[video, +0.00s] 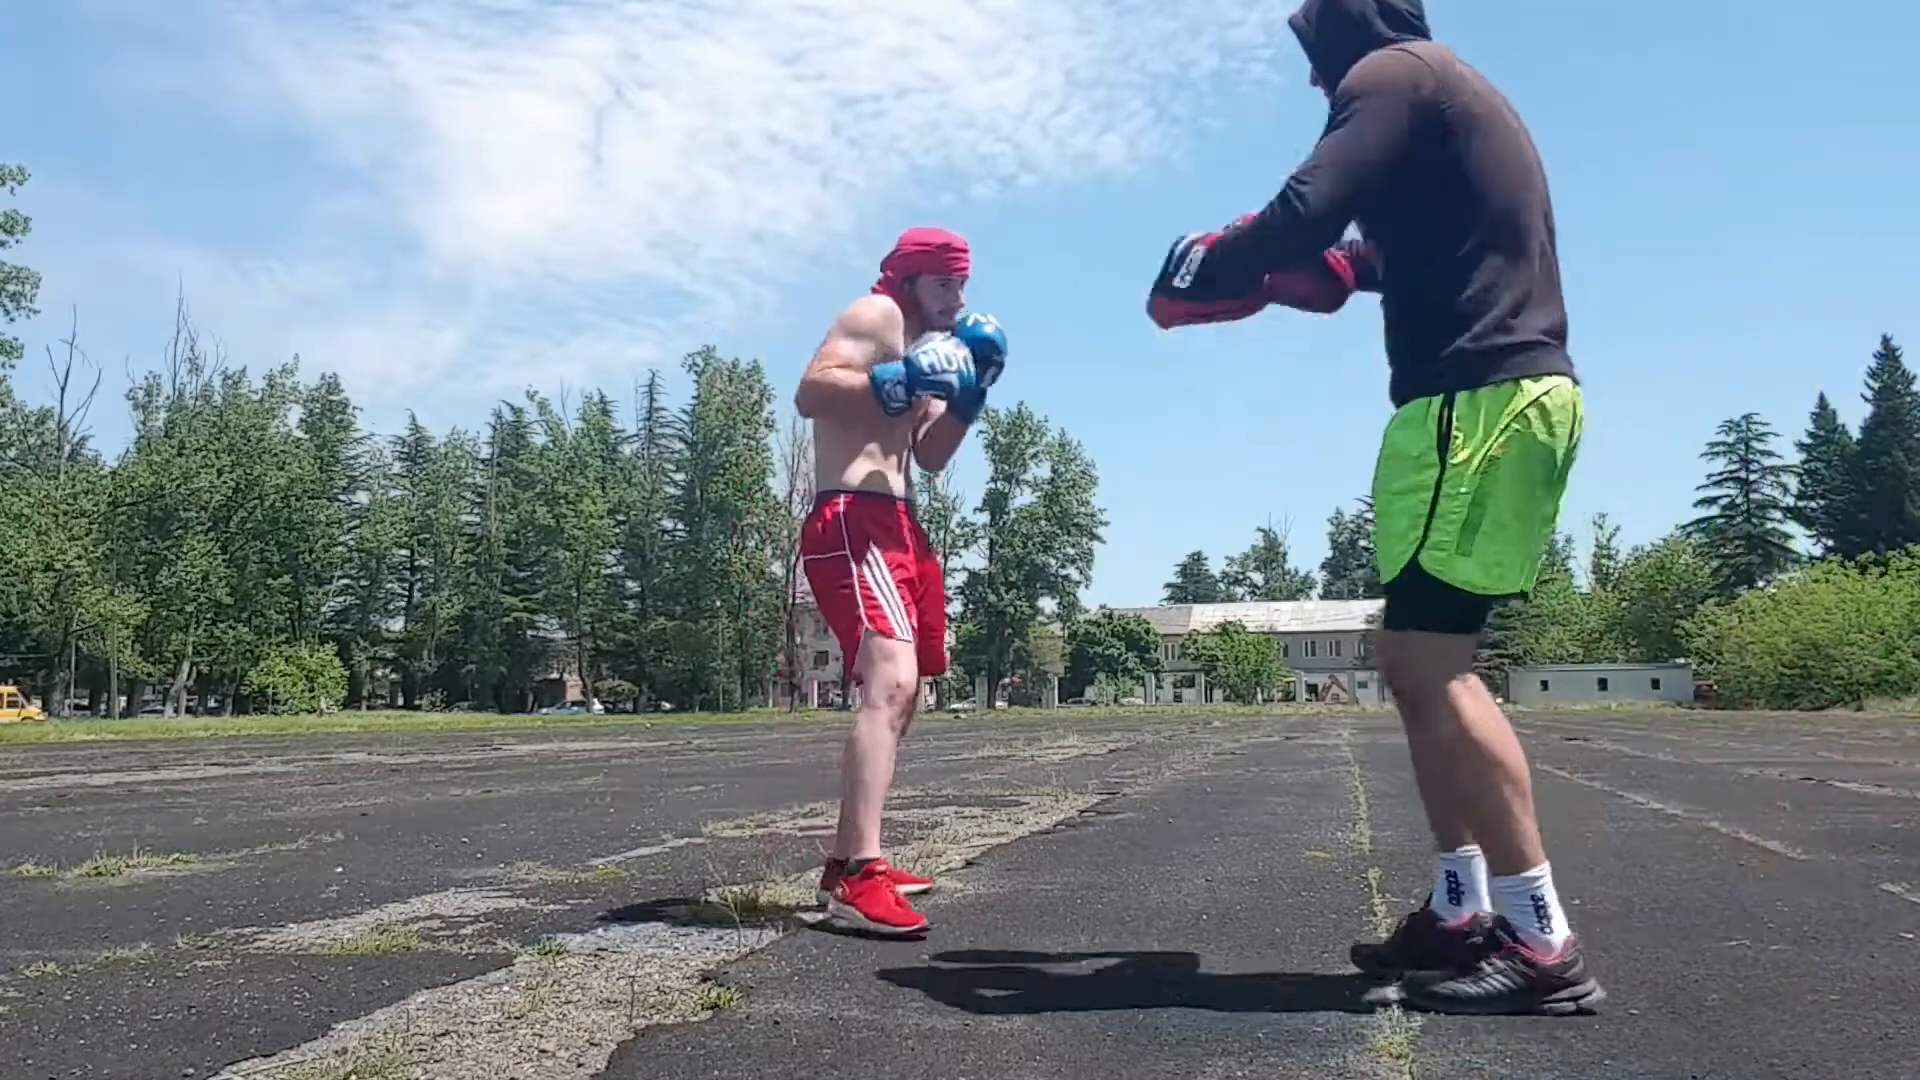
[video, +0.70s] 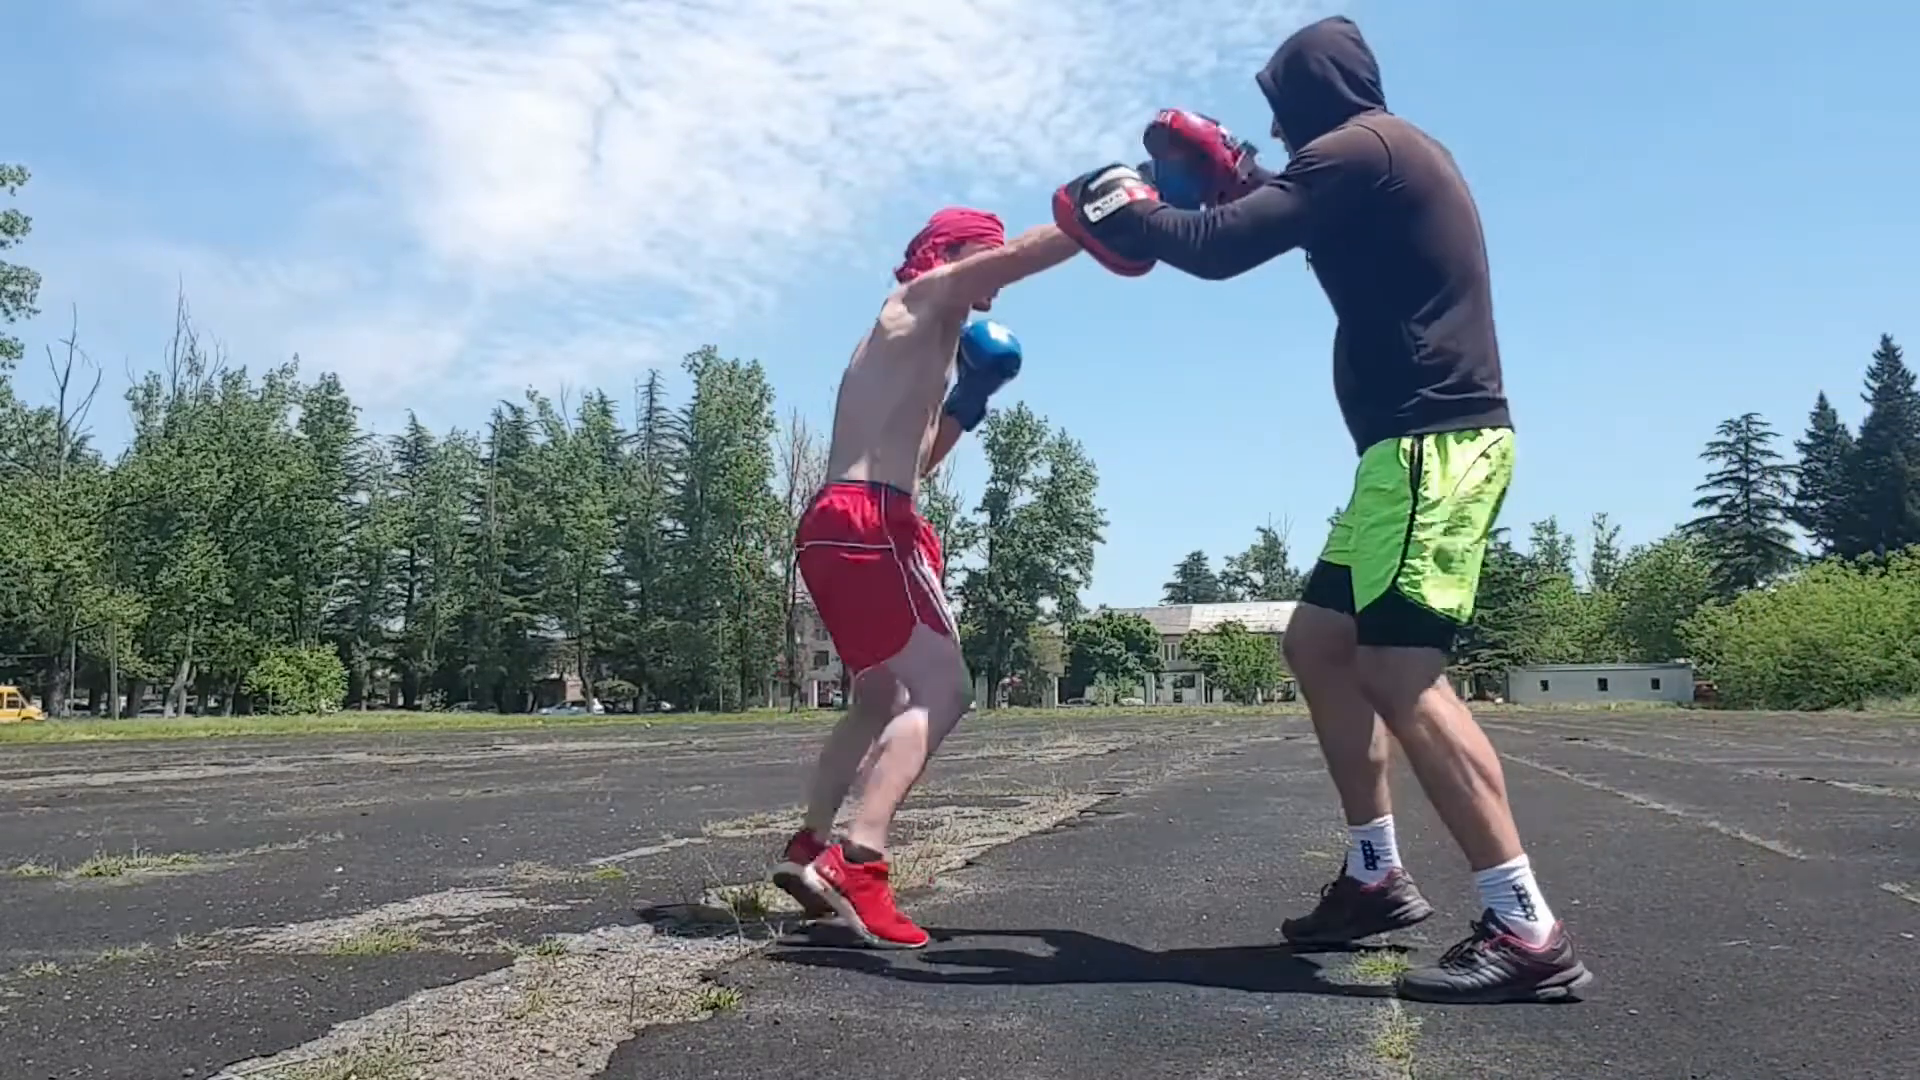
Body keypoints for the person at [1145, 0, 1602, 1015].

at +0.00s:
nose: (1315, 67)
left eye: (1314, 43)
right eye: (1310, 49)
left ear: (1350, 20)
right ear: (1402, 17)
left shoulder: (1392, 71)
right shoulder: (1461, 92)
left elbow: (1307, 211)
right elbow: (1428, 250)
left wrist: (1215, 255)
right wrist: (1329, 270)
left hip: (1475, 399)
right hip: (1512, 393)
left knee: (1436, 664)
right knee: (1415, 660)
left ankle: (1542, 942)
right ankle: (1463, 914)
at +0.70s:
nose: (1281, 126)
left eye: (1283, 107)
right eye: (1278, 113)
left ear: (1309, 93)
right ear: (1359, 80)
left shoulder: (1362, 152)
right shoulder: (1392, 149)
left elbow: (1214, 247)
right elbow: (1295, 222)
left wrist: (1125, 211)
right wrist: (1232, 185)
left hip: (1437, 445)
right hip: (1408, 445)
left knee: (1403, 674)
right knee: (1317, 646)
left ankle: (1528, 930)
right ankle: (1375, 879)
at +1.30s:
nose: (1405, 82)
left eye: (1422, 64)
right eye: (1404, 66)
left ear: (1477, 69)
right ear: (1429, 77)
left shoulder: (1530, 156)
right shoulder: (1429, 179)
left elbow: (1425, 201)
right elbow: (1373, 266)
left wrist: (1325, 149)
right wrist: (1297, 219)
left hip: (1495, 464)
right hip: (1400, 464)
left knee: (1567, 679)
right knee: (1341, 656)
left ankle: (1665, 905)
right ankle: (1384, 891)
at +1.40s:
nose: (1417, 87)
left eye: (1432, 69)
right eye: (1416, 70)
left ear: (1486, 73)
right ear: (1453, 78)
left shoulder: (1549, 168)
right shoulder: (1447, 181)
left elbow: (1493, 270)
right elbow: (1393, 262)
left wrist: (1347, 184)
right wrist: (1319, 208)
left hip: (1521, 461)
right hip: (1426, 461)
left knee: (1585, 677)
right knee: (1338, 644)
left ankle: (1671, 909)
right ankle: (1392, 867)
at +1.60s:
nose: (1389, 97)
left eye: (1404, 79)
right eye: (1387, 81)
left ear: (1460, 81)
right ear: (1412, 94)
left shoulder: (1545, 160)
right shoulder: (1414, 177)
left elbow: (1500, 234)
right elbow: (1346, 237)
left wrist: (1387, 160)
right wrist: (1291, 155)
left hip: (1536, 454)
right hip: (1433, 459)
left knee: (1576, 663)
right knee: (1397, 659)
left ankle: (1663, 904)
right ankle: (1457, 885)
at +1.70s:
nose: (1377, 112)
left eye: (1391, 92)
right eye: (1375, 96)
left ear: (1446, 91)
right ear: (1406, 104)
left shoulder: (1534, 164)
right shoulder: (1405, 187)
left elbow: (1507, 232)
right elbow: (1336, 241)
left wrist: (1378, 155)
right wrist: (1282, 174)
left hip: (1541, 453)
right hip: (1440, 465)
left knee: (1564, 658)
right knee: (1418, 659)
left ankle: (1648, 889)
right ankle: (1463, 889)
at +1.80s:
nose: (1374, 116)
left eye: (1385, 96)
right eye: (1372, 100)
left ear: (1440, 93)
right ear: (1416, 102)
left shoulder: (1533, 157)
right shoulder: (1416, 184)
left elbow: (1496, 229)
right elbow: (1343, 241)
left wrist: (1369, 158)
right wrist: (1284, 182)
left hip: (1558, 451)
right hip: (1459, 461)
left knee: (1568, 657)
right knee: (1402, 643)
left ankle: (1665, 885)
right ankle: (1444, 871)